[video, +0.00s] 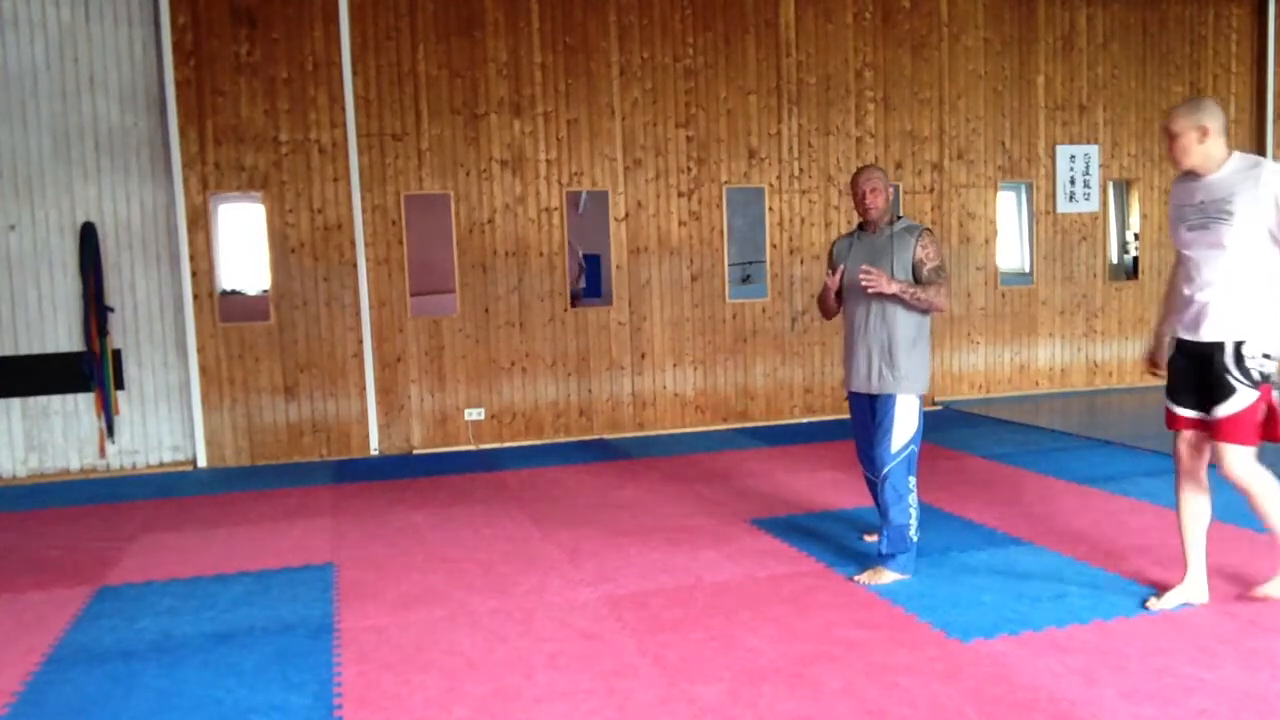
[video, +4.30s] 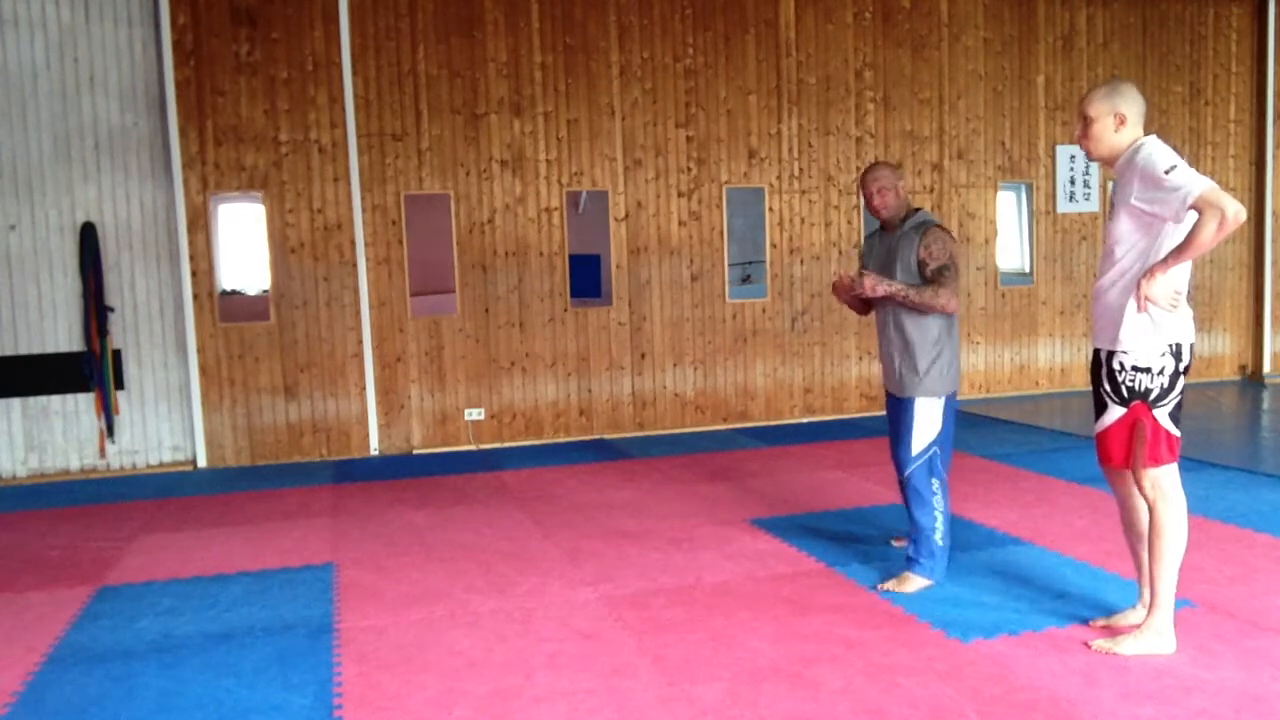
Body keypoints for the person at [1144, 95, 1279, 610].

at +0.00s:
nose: (1169, 148)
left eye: (1175, 138)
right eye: (1168, 139)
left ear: (1207, 135)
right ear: (1189, 138)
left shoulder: (1265, 178)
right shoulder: (1181, 191)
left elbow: (1278, 258)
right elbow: (1184, 268)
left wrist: (1276, 344)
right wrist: (1161, 335)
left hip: (1246, 342)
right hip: (1190, 341)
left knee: (1235, 460)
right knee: (1189, 456)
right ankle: (1195, 580)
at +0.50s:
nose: (1116, 144)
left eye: (1121, 132)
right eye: (1118, 133)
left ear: (1148, 131)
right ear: (1150, 131)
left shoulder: (1205, 180)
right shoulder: (1164, 185)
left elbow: (1242, 274)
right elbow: (1171, 273)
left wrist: (1210, 365)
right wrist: (1143, 346)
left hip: (1170, 353)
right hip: (1150, 348)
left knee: (1148, 474)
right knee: (1171, 465)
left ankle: (1155, 624)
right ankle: (1193, 575)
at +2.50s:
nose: (1078, 127)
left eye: (1085, 116)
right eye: (1079, 117)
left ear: (1114, 116)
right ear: (1116, 115)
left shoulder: (1145, 159)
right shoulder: (1130, 164)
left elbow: (1220, 221)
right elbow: (1200, 221)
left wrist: (1174, 300)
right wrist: (1136, 303)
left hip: (1141, 343)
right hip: (1131, 341)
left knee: (1152, 477)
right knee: (1150, 474)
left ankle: (1159, 624)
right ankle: (1167, 594)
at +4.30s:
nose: (1079, 132)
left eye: (1087, 121)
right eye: (1080, 121)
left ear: (1121, 122)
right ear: (1118, 122)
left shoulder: (1148, 156)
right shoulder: (1131, 164)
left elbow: (1223, 211)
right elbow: (1225, 213)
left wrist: (1164, 268)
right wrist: (1155, 271)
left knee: (1157, 477)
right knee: (1123, 472)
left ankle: (1161, 625)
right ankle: (1147, 603)